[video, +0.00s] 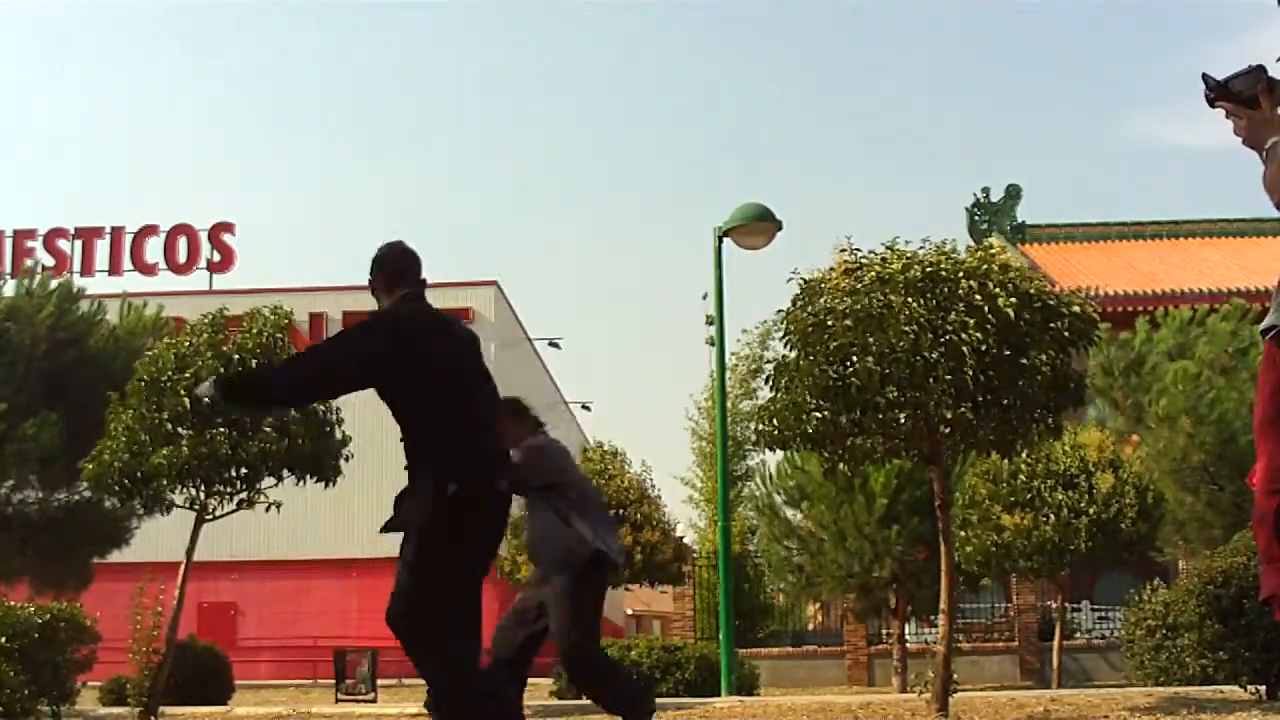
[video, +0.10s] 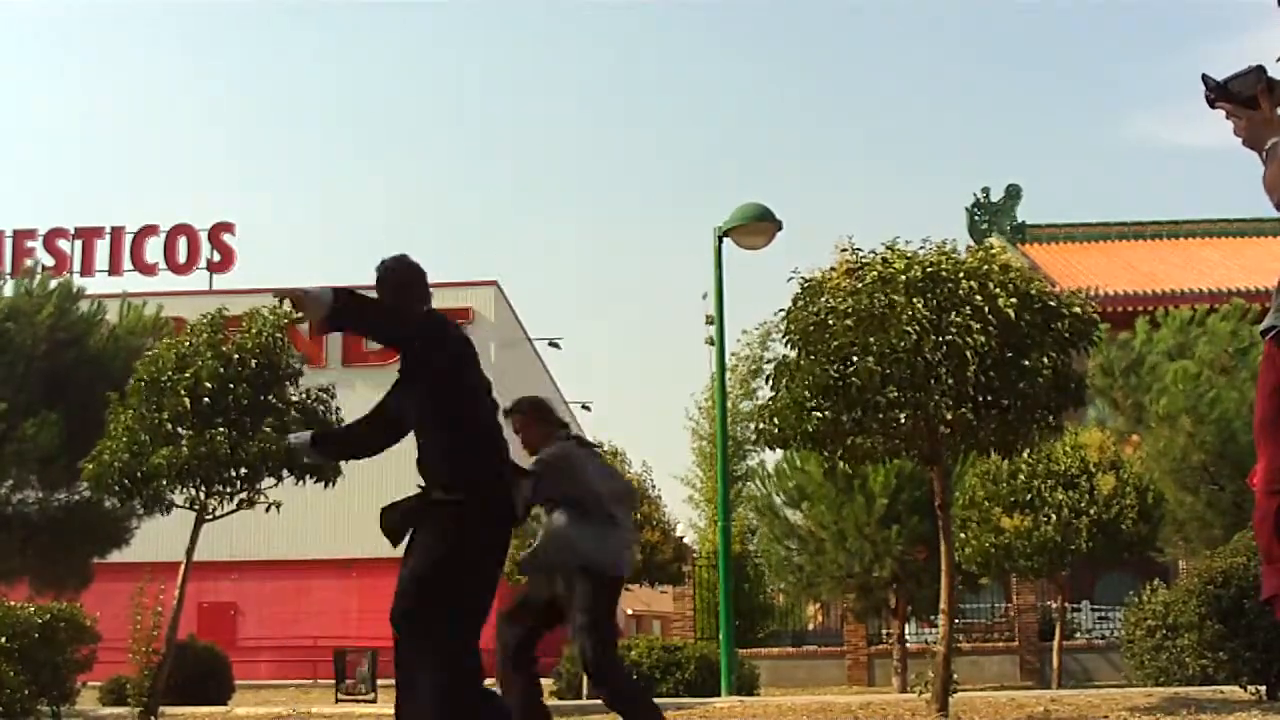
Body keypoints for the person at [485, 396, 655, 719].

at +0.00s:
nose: (498, 436)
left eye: (501, 427)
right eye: (496, 429)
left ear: (518, 422)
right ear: (521, 423)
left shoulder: (544, 451)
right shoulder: (532, 456)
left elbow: (498, 476)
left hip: (582, 564)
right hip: (551, 569)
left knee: (578, 658)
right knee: (508, 646)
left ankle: (639, 703)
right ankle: (499, 712)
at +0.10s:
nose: (520, 441)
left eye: (521, 431)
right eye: (517, 434)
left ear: (539, 423)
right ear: (548, 423)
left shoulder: (557, 456)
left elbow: (516, 503)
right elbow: (629, 494)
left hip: (589, 571)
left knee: (599, 664)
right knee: (515, 625)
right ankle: (526, 710)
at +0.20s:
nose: (535, 442)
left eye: (538, 433)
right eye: (531, 435)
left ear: (558, 427)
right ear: (560, 429)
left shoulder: (570, 463)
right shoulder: (589, 459)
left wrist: (532, 553)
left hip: (598, 567)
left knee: (593, 657)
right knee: (534, 620)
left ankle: (648, 714)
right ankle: (574, 704)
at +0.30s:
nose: (543, 449)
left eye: (545, 440)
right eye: (539, 442)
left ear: (566, 435)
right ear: (567, 435)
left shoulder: (583, 472)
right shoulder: (581, 466)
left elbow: (600, 524)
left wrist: (565, 570)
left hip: (607, 573)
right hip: (596, 572)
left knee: (589, 652)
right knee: (562, 642)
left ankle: (645, 714)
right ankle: (586, 713)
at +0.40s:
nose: (556, 465)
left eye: (557, 456)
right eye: (555, 457)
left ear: (570, 455)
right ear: (576, 453)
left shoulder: (592, 482)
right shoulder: (580, 486)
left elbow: (614, 528)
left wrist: (577, 565)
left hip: (620, 577)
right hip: (602, 578)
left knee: (589, 651)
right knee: (571, 649)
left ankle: (640, 714)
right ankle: (596, 712)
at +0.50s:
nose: (554, 459)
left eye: (558, 450)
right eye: (550, 452)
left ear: (578, 446)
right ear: (553, 454)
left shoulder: (604, 483)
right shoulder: (579, 490)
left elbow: (618, 527)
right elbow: (573, 538)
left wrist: (581, 556)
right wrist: (543, 550)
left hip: (629, 574)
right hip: (605, 576)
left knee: (607, 645)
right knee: (575, 645)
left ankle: (649, 715)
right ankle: (599, 714)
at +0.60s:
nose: (561, 448)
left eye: (566, 440)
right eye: (558, 442)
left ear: (586, 437)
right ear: (558, 443)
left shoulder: (609, 470)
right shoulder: (583, 480)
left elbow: (626, 518)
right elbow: (589, 526)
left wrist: (585, 546)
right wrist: (566, 546)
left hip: (633, 568)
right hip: (606, 572)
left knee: (623, 643)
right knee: (582, 644)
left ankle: (652, 714)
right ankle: (599, 714)